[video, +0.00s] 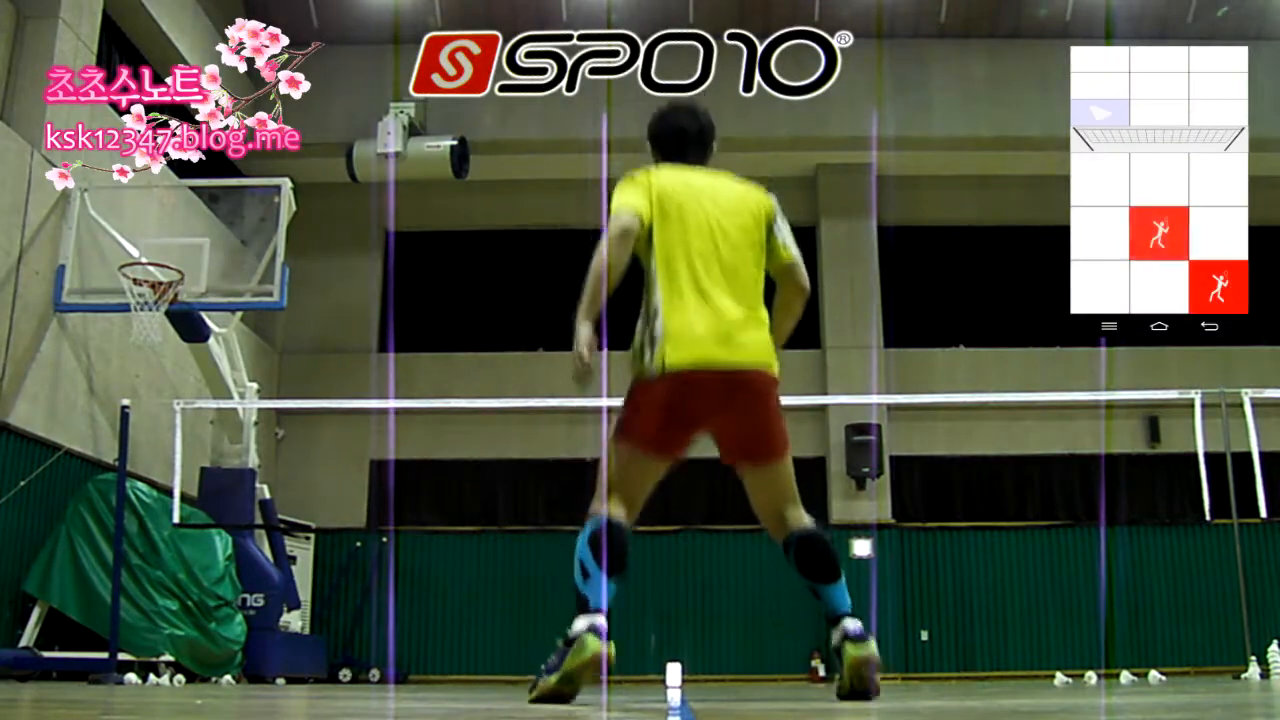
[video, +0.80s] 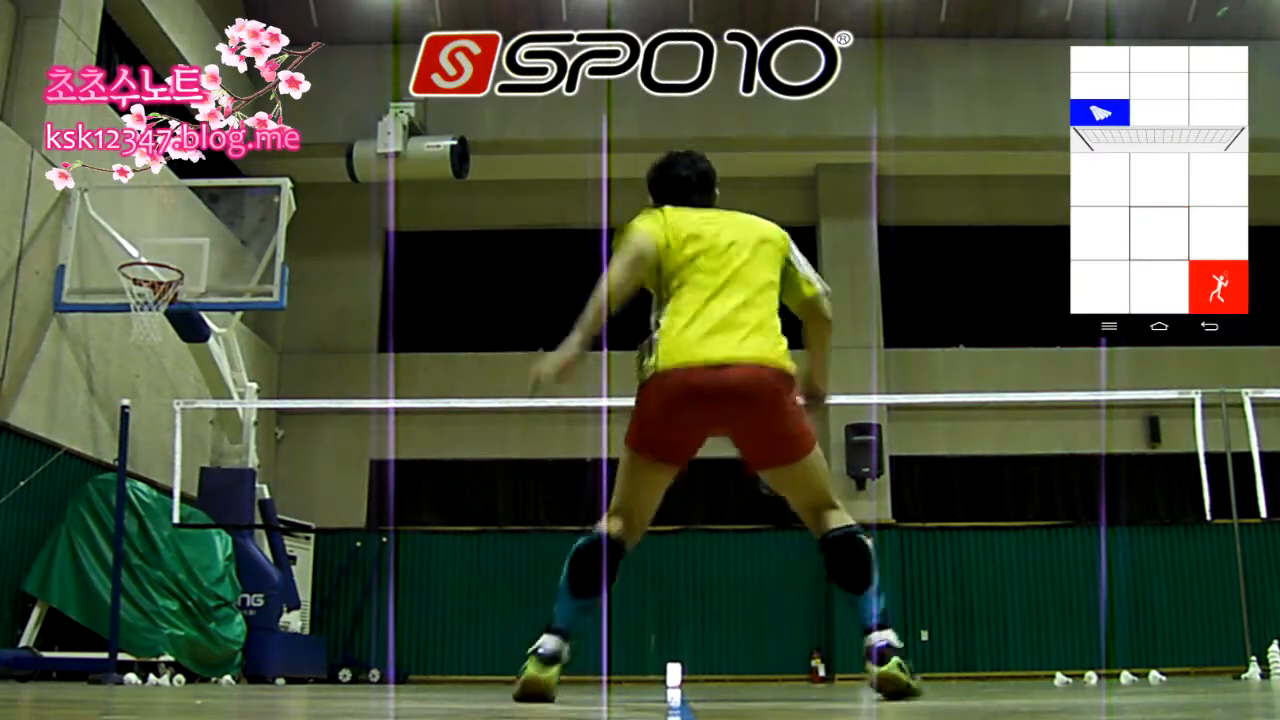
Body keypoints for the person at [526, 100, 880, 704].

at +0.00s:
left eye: (653, 149)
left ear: (655, 149)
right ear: (711, 149)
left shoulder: (643, 183)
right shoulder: (755, 197)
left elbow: (622, 233)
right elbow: (797, 284)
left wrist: (585, 319)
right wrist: (762, 350)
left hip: (673, 370)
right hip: (752, 372)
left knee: (616, 503)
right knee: (789, 515)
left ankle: (590, 625)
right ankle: (849, 627)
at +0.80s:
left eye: (654, 202)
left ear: (658, 198)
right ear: (713, 193)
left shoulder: (654, 223)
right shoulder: (766, 232)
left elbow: (622, 274)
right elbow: (817, 311)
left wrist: (568, 348)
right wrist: (817, 382)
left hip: (676, 380)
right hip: (761, 379)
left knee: (621, 523)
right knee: (825, 512)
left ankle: (553, 643)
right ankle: (880, 637)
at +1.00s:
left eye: (752, 190)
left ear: (750, 196)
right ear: (804, 183)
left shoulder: (734, 248)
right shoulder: (853, 215)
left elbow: (694, 337)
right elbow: (937, 213)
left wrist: (669, 397)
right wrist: (915, 186)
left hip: (745, 407)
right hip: (832, 407)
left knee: (669, 538)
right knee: (877, 530)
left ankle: (568, 642)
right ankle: (875, 652)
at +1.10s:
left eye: (806, 147)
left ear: (807, 147)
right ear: (863, 128)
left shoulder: (800, 204)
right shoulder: (913, 151)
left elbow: (740, 308)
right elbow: (987, 102)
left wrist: (732, 307)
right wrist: (927, 50)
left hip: (824, 349)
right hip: (911, 349)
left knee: (762, 495)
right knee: (916, 508)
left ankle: (694, 624)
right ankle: (883, 649)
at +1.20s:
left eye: (876, 72)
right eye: (902, 64)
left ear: (863, 91)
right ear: (912, 70)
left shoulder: (855, 147)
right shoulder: (951, 92)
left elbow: (801, 239)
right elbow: (1027, 29)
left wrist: (806, 195)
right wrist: (984, 6)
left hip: (893, 288)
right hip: (974, 277)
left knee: (896, 460)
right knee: (983, 457)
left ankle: (877, 616)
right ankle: (969, 610)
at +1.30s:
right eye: (971, 28)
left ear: (916, 61)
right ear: (966, 41)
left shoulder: (905, 127)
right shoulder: (997, 67)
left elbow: (870, 187)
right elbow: (1070, 15)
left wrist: (877, 128)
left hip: (952, 281)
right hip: (1032, 261)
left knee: (999, 445)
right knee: (1079, 426)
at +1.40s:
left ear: (995, 56)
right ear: (1051, 39)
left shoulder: (991, 113)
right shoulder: (1084, 77)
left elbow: (943, 162)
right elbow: (1129, 24)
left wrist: (942, 92)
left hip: (1024, 303)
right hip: (1111, 281)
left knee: (1097, 482)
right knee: (1226, 428)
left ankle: (1091, 650)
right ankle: (1221, 579)